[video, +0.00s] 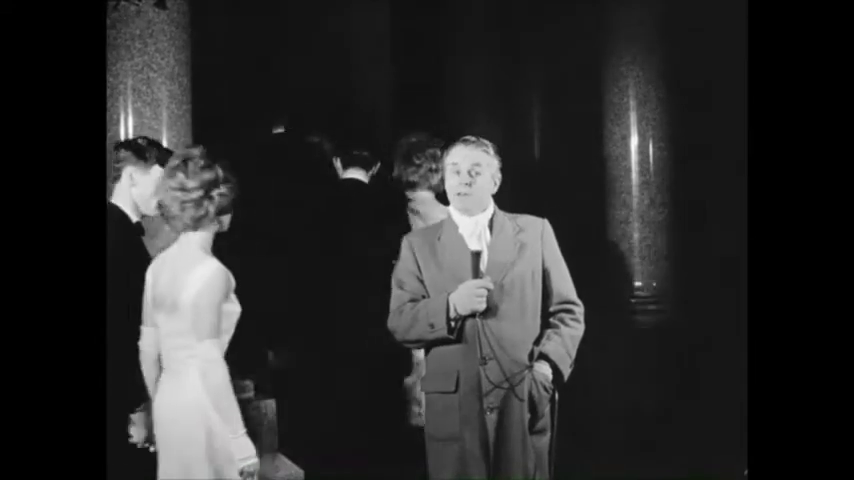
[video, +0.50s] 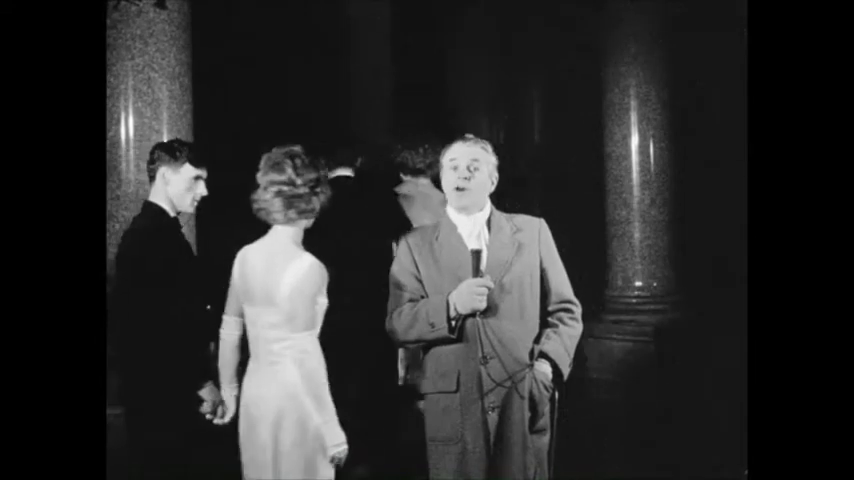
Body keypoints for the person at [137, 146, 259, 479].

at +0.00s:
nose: (233, 210)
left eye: (230, 200)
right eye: (229, 202)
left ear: (178, 208)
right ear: (219, 209)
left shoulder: (157, 267)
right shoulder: (211, 273)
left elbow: (148, 348)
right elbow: (211, 363)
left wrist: (159, 405)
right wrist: (241, 443)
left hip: (168, 394)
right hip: (205, 394)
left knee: (177, 472)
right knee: (208, 472)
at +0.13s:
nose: (253, 214)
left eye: (251, 205)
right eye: (250, 205)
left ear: (196, 209)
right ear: (242, 214)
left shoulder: (179, 266)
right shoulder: (233, 273)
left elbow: (169, 349)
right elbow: (233, 365)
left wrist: (175, 406)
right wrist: (264, 447)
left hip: (189, 392)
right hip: (227, 394)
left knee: (196, 473)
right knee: (232, 473)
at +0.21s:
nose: (267, 212)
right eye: (266, 204)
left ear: (213, 207)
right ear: (260, 210)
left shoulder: (196, 265)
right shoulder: (249, 273)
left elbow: (183, 346)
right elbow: (250, 366)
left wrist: (187, 405)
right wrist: (279, 448)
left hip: (205, 397)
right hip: (245, 398)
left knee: (208, 472)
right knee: (245, 473)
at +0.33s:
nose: (292, 212)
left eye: (290, 202)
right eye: (290, 204)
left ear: (238, 206)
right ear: (284, 210)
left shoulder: (221, 262)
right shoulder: (277, 272)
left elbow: (204, 339)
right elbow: (275, 361)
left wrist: (203, 396)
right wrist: (300, 439)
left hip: (231, 391)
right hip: (270, 395)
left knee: (232, 472)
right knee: (271, 473)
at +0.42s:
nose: (307, 209)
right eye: (306, 202)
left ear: (254, 204)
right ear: (300, 209)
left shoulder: (234, 260)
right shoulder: (295, 271)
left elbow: (218, 336)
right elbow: (292, 356)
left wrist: (215, 394)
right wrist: (316, 433)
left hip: (244, 388)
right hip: (285, 391)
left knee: (248, 472)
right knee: (291, 472)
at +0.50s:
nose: (321, 207)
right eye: (319, 200)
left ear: (267, 201)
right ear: (312, 206)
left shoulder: (245, 258)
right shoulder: (310, 269)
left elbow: (230, 333)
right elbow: (308, 350)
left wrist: (227, 388)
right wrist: (331, 426)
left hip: (256, 387)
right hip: (297, 390)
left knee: (261, 472)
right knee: (302, 471)